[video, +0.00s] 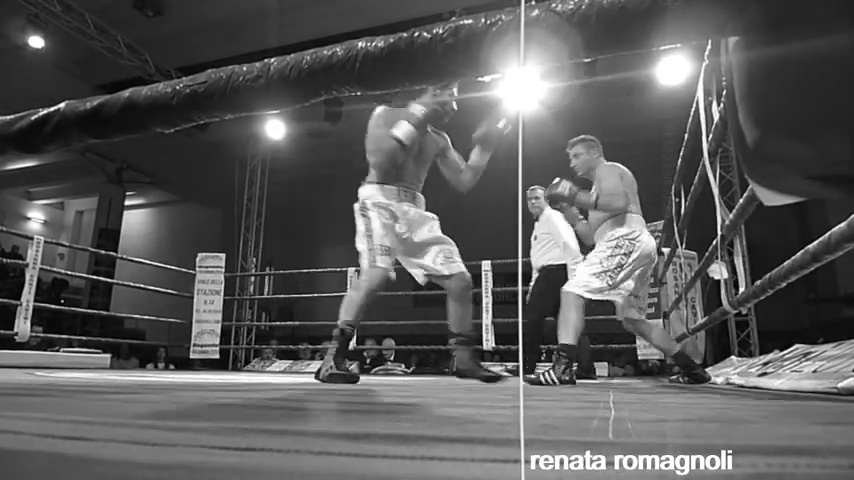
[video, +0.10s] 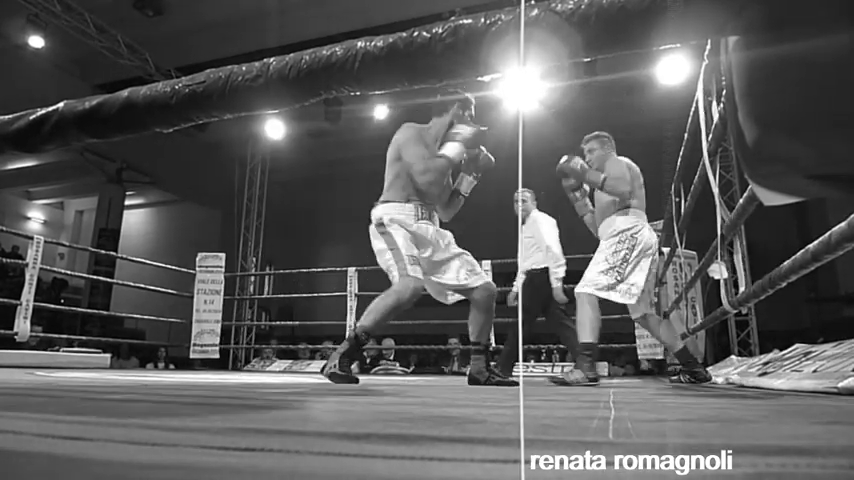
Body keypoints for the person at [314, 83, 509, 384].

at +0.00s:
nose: (453, 104)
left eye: (455, 96)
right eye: (447, 93)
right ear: (422, 91)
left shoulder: (439, 139)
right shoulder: (386, 114)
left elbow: (464, 180)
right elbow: (380, 160)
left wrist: (485, 143)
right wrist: (416, 117)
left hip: (415, 212)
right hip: (378, 204)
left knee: (460, 282)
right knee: (376, 273)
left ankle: (464, 359)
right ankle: (334, 358)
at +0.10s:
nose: (470, 128)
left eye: (471, 122)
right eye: (468, 120)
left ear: (456, 115)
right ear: (453, 111)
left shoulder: (443, 157)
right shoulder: (410, 133)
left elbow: (447, 213)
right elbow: (427, 178)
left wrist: (470, 176)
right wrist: (458, 145)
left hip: (429, 228)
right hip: (393, 220)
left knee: (484, 291)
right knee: (409, 285)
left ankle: (478, 368)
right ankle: (343, 356)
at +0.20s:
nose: (468, 114)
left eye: (469, 107)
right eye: (464, 105)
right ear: (448, 103)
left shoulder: (443, 147)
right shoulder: (415, 121)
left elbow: (443, 205)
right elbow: (449, 155)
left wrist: (469, 169)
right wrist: (474, 130)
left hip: (431, 223)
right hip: (398, 215)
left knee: (485, 292)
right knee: (412, 287)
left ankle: (479, 368)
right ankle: (342, 353)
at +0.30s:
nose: (457, 90)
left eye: (459, 87)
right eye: (452, 84)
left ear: (454, 90)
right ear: (437, 79)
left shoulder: (442, 113)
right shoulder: (416, 93)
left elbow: (436, 181)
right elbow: (456, 124)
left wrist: (455, 145)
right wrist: (471, 106)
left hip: (428, 195)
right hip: (399, 187)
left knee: (466, 282)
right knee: (404, 269)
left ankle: (479, 357)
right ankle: (339, 346)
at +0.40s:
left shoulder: (440, 84)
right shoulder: (413, 69)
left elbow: (432, 141)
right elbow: (442, 109)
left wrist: (451, 122)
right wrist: (461, 90)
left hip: (424, 171)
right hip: (394, 161)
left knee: (453, 262)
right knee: (398, 251)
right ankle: (342, 339)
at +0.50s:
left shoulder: (432, 88)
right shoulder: (411, 72)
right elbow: (439, 116)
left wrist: (454, 106)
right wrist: (456, 93)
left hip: (414, 171)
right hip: (391, 163)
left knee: (440, 268)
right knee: (395, 256)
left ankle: (373, 336)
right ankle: (341, 348)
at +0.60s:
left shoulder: (415, 99)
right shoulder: (405, 84)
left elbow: (424, 147)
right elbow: (433, 134)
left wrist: (445, 119)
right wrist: (449, 110)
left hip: (406, 182)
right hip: (391, 175)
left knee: (415, 282)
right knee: (395, 271)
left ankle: (330, 336)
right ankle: (335, 359)